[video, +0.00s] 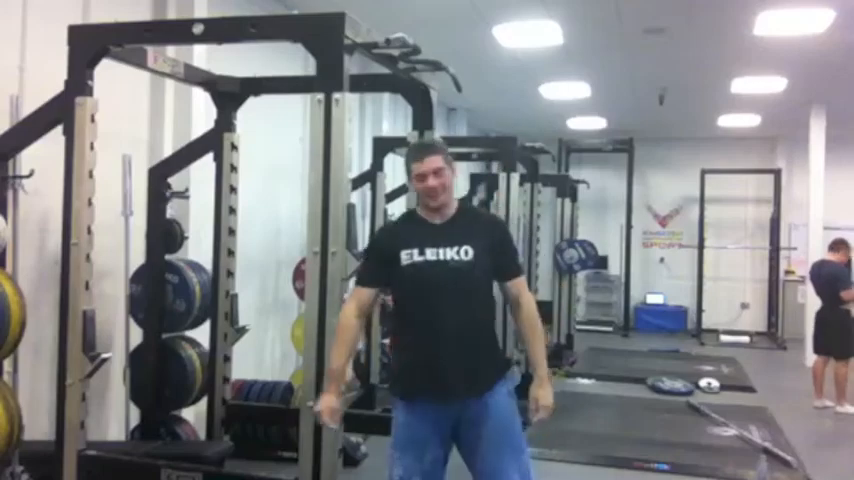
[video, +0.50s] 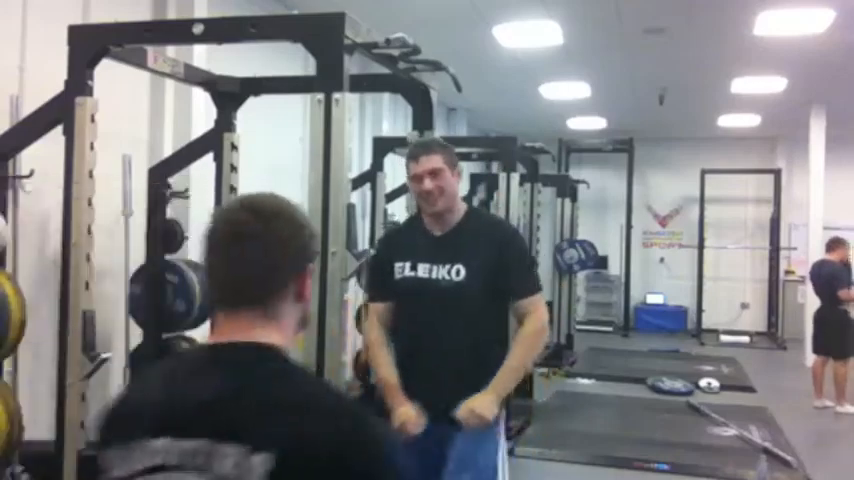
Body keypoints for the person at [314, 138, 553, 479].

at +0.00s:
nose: (432, 184)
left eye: (439, 173)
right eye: (422, 177)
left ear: (453, 173)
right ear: (411, 183)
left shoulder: (488, 230)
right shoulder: (391, 239)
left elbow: (521, 299)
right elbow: (356, 309)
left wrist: (541, 376)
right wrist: (332, 386)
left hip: (486, 392)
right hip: (418, 396)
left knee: (511, 475)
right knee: (410, 474)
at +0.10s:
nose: (424, 184)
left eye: (430, 173)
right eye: (414, 178)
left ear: (449, 171)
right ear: (406, 182)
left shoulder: (488, 230)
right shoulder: (388, 237)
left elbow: (519, 302)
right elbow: (355, 311)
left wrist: (532, 383)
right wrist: (326, 389)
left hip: (482, 393)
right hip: (413, 396)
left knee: (502, 475)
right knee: (407, 475)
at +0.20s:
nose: (421, 184)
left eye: (429, 172)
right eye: (412, 178)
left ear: (448, 170)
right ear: (405, 182)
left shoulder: (487, 231)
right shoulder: (387, 237)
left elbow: (518, 305)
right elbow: (355, 316)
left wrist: (521, 391)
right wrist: (330, 396)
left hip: (479, 399)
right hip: (410, 401)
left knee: (492, 474)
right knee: (404, 474)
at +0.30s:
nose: (422, 184)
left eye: (429, 172)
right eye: (412, 177)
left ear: (450, 171)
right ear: (404, 182)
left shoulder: (490, 232)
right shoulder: (387, 238)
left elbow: (520, 309)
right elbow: (360, 317)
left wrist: (515, 395)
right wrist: (351, 403)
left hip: (477, 404)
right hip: (406, 406)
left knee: (487, 474)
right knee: (400, 473)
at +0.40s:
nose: (424, 183)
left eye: (432, 171)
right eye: (414, 176)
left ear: (452, 171)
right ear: (407, 182)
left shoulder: (494, 235)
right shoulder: (388, 242)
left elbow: (528, 314)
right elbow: (368, 325)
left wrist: (508, 398)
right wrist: (372, 409)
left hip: (476, 415)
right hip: (403, 415)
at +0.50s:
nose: (427, 186)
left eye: (435, 174)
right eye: (417, 179)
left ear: (456, 175)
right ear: (410, 186)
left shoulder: (500, 239)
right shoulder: (393, 244)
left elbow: (536, 320)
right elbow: (375, 325)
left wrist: (493, 395)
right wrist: (397, 401)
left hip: (475, 417)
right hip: (409, 416)